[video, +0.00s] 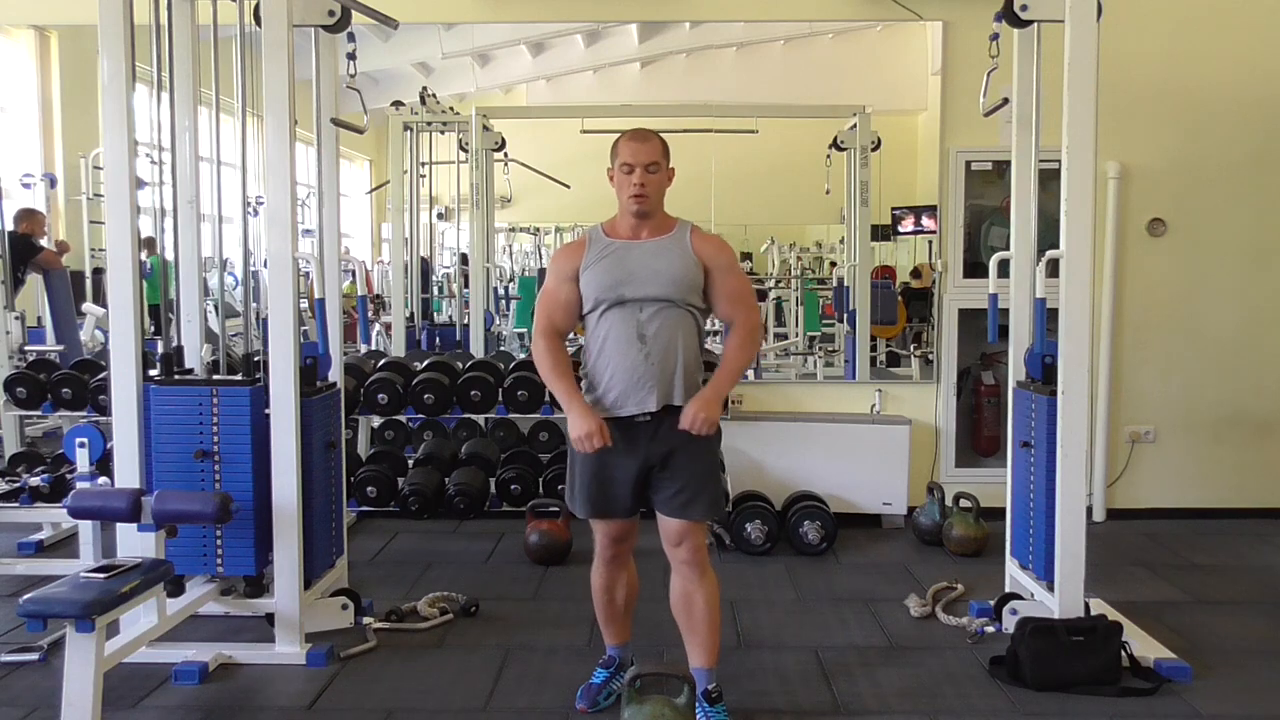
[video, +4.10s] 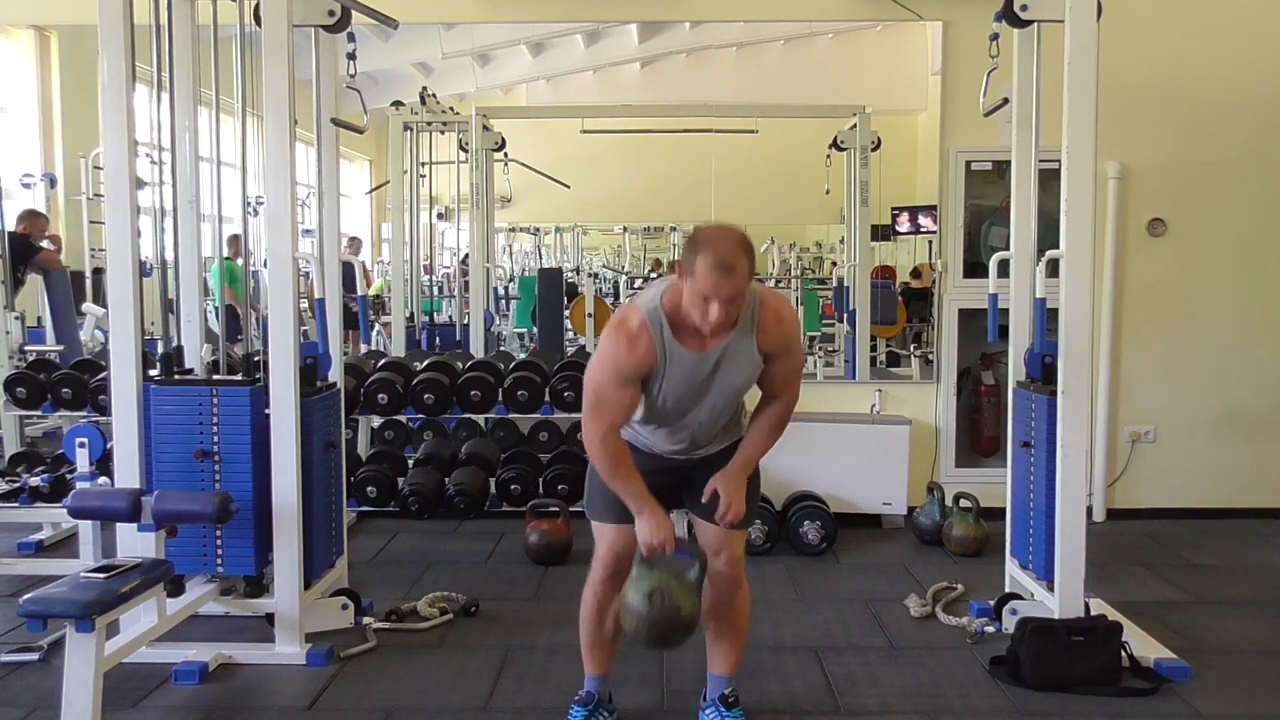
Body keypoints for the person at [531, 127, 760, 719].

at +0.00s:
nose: (637, 179)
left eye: (650, 169)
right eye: (626, 169)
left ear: (669, 176)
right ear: (611, 176)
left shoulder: (704, 248)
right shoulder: (576, 256)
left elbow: (746, 325)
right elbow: (546, 337)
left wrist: (715, 393)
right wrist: (576, 407)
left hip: (684, 424)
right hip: (604, 427)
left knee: (687, 550)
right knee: (611, 547)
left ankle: (705, 689)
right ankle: (615, 660)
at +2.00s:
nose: (606, 217)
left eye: (618, 203)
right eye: (592, 205)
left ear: (640, 181)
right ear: (572, 188)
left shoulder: (685, 242)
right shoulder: (543, 252)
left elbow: (734, 307)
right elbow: (493, 322)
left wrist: (734, 385)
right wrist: (503, 405)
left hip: (671, 436)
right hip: (580, 441)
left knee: (693, 562)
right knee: (583, 570)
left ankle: (718, 697)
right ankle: (586, 695)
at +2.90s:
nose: (680, 262)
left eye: (695, 248)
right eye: (668, 247)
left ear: (719, 227)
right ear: (648, 224)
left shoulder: (749, 273)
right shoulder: (604, 271)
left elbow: (761, 365)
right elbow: (564, 364)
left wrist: (731, 448)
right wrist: (580, 456)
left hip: (711, 438)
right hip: (624, 436)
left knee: (715, 560)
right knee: (610, 561)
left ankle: (718, 699)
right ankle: (593, 696)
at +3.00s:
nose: (676, 312)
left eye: (688, 300)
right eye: (665, 299)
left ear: (711, 272)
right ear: (641, 272)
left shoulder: (745, 296)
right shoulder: (597, 307)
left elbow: (752, 386)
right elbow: (565, 412)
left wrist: (718, 457)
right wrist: (596, 505)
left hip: (705, 441)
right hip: (618, 437)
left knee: (715, 560)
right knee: (605, 558)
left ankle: (718, 699)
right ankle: (592, 696)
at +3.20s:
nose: (677, 406)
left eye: (688, 395)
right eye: (664, 397)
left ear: (710, 360)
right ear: (637, 363)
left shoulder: (744, 345)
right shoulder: (599, 385)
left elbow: (750, 401)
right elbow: (593, 504)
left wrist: (713, 463)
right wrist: (617, 600)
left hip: (702, 456)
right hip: (621, 455)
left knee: (715, 563)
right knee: (594, 568)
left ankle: (719, 697)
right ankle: (593, 695)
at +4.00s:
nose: (713, 364)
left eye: (727, 352)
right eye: (702, 351)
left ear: (746, 326)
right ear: (679, 324)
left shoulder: (773, 336)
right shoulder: (632, 367)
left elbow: (776, 403)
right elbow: (607, 472)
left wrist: (737, 465)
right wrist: (648, 555)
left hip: (717, 454)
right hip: (635, 454)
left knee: (727, 566)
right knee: (608, 564)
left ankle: (719, 699)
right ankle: (593, 696)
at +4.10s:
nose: (715, 316)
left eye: (729, 301)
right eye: (704, 299)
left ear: (749, 284)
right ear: (680, 278)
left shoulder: (774, 317)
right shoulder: (632, 331)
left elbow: (780, 398)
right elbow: (598, 430)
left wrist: (740, 468)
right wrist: (645, 508)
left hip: (719, 448)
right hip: (634, 445)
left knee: (728, 563)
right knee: (611, 560)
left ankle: (720, 700)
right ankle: (594, 694)